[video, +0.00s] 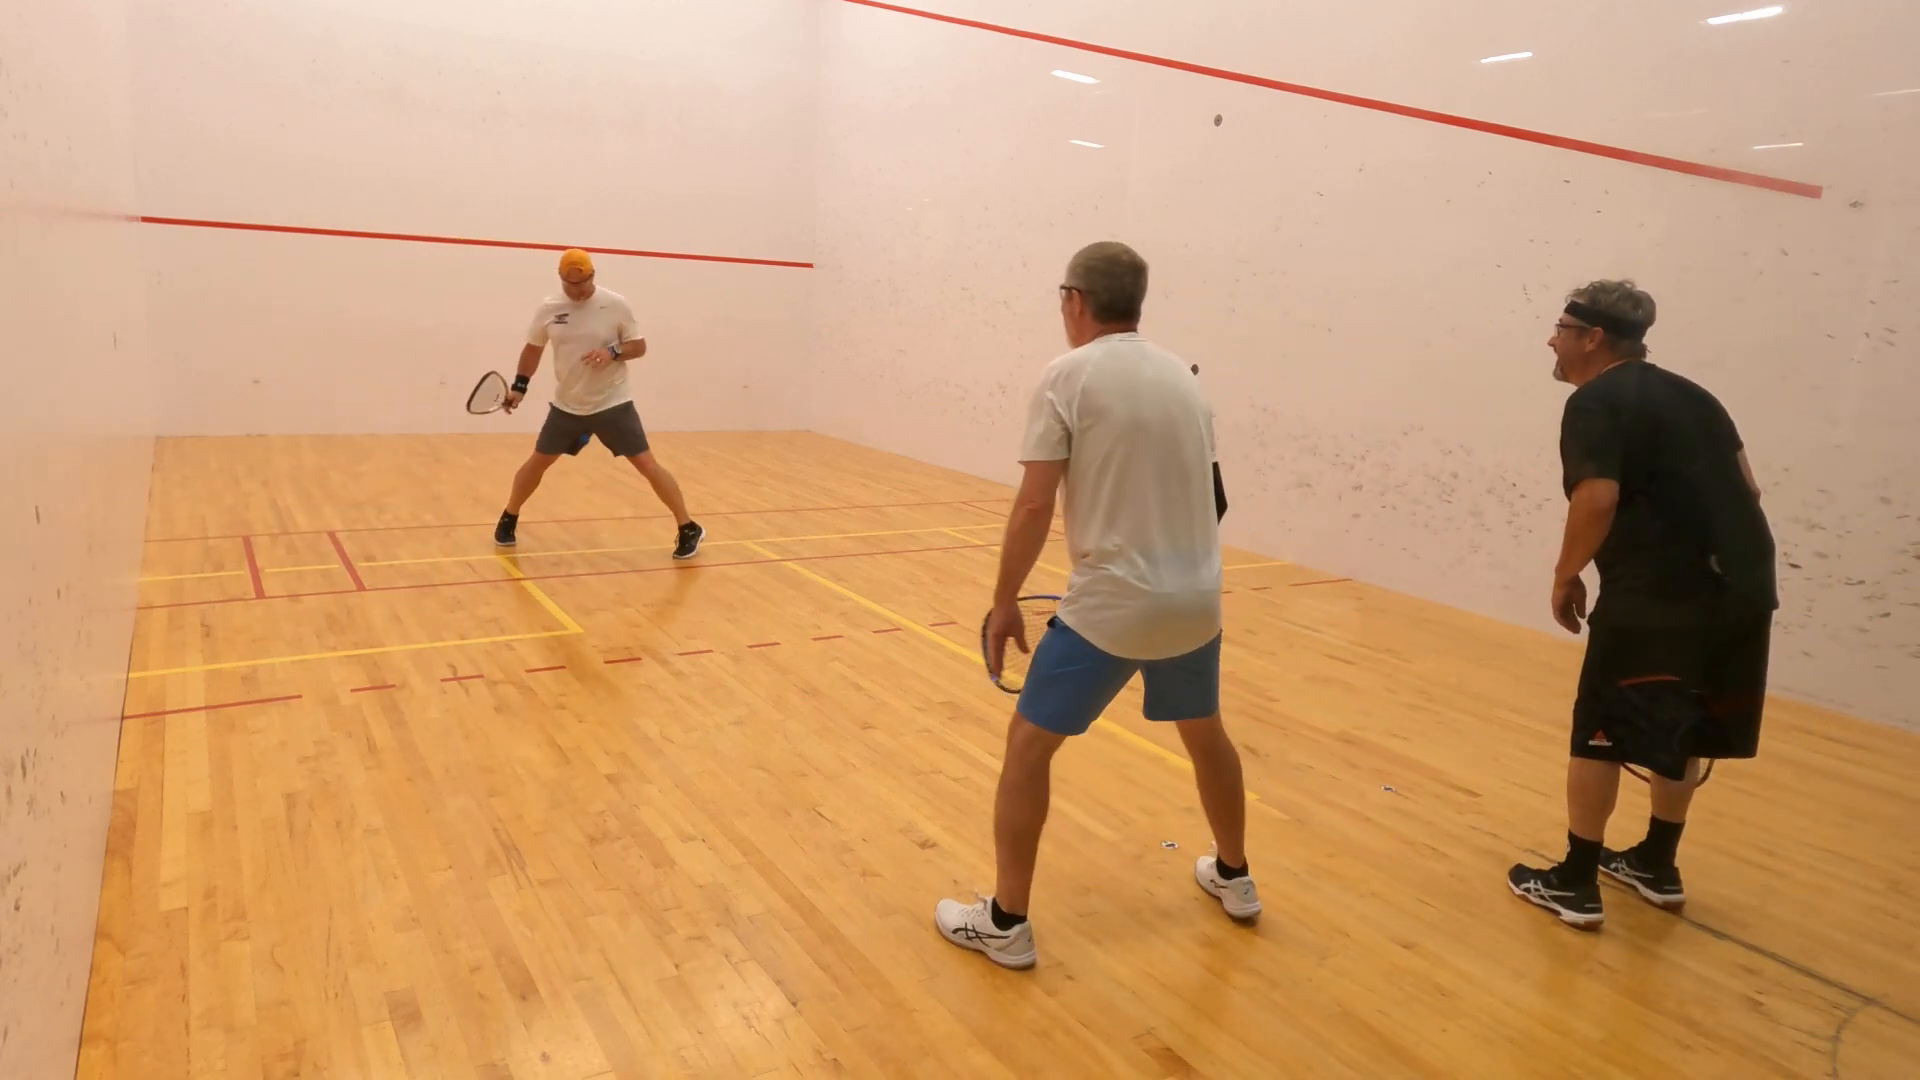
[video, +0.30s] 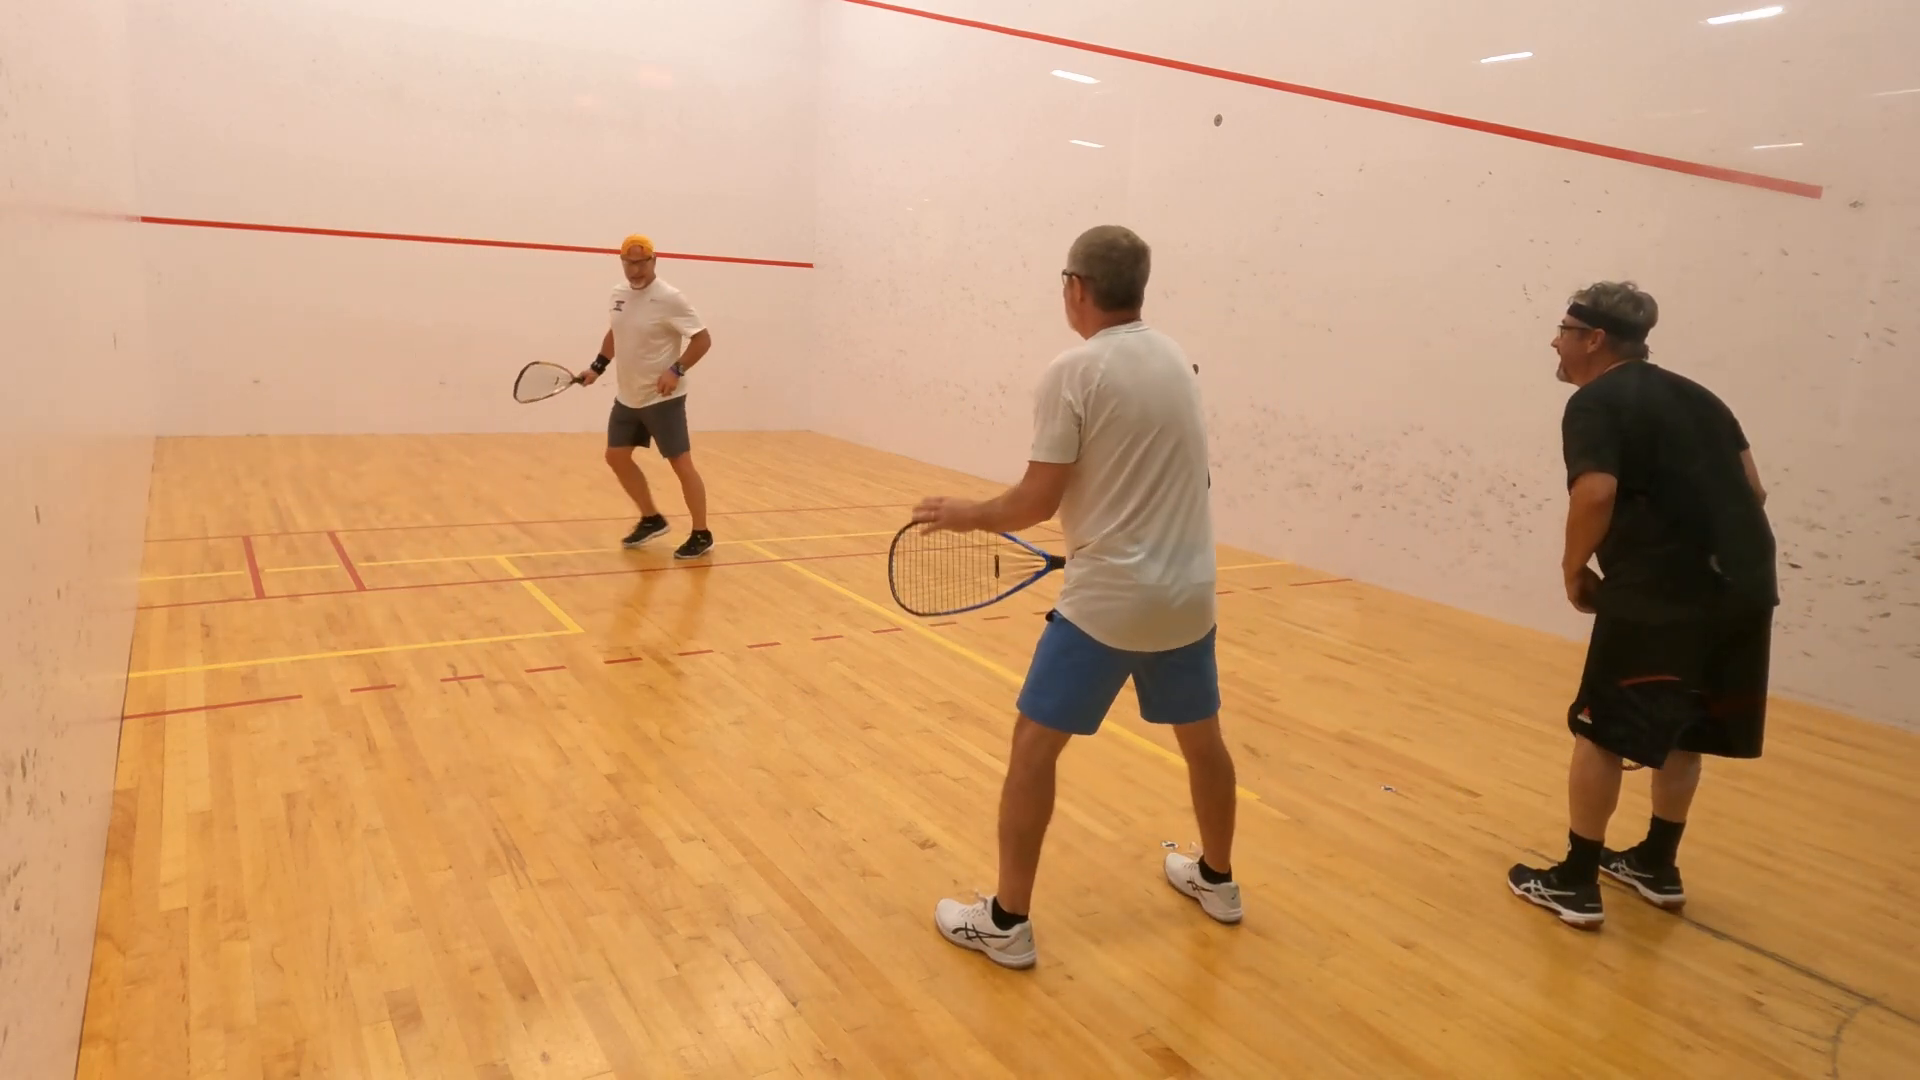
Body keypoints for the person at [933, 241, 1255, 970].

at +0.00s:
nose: (1062, 312)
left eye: (1063, 300)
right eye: (1065, 300)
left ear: (1077, 304)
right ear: (1136, 306)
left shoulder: (1067, 379)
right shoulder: (1183, 379)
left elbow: (1034, 506)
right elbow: (1211, 500)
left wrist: (1005, 599)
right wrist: (1154, 564)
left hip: (1110, 608)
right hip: (1196, 605)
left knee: (1029, 746)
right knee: (1206, 731)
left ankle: (1007, 920)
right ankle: (1235, 874)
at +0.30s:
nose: (1062, 291)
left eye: (1065, 281)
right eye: (1067, 280)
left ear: (1078, 289)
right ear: (1138, 292)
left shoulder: (1075, 372)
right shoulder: (1174, 360)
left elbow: (1035, 501)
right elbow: (1180, 480)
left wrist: (961, 513)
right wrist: (1093, 523)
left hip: (1107, 598)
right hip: (1189, 596)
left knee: (1035, 745)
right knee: (1204, 736)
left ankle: (1008, 919)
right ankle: (1217, 877)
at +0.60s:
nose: (1114, 288)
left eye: (1117, 277)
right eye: (1120, 276)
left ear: (1128, 282)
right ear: (1190, 287)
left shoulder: (1108, 362)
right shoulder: (1215, 368)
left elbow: (1053, 475)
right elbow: (1227, 483)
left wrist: (1002, 427)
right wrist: (1105, 475)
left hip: (1114, 599)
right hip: (1194, 596)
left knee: (1053, 749)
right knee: (1201, 730)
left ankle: (1009, 917)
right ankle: (1217, 876)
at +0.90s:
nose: (1122, 285)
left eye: (1125, 274)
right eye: (1130, 274)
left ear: (1136, 281)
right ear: (1196, 288)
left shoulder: (1107, 357)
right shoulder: (1220, 373)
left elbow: (1047, 470)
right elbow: (1233, 490)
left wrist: (1010, 414)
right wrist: (1146, 479)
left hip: (1098, 597)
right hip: (1182, 599)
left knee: (1047, 748)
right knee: (1197, 732)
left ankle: (1009, 917)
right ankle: (1216, 877)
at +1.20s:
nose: (1118, 287)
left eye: (1120, 276)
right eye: (1123, 275)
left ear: (1131, 281)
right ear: (1192, 287)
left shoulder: (1102, 357)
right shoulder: (1217, 373)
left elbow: (1047, 470)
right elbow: (1238, 488)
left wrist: (1007, 428)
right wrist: (1152, 494)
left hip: (1093, 594)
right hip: (1177, 598)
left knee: (1043, 745)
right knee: (1192, 729)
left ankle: (1009, 917)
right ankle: (1215, 877)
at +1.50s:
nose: (1137, 295)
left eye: (1140, 284)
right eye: (1144, 283)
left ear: (1152, 290)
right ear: (1211, 299)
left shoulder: (1121, 364)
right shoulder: (1239, 386)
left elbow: (1062, 485)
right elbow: (1261, 500)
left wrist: (1033, 481)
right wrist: (1181, 513)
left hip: (1107, 598)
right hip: (1190, 605)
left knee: (1042, 741)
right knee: (1186, 726)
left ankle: (1008, 916)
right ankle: (1210, 874)